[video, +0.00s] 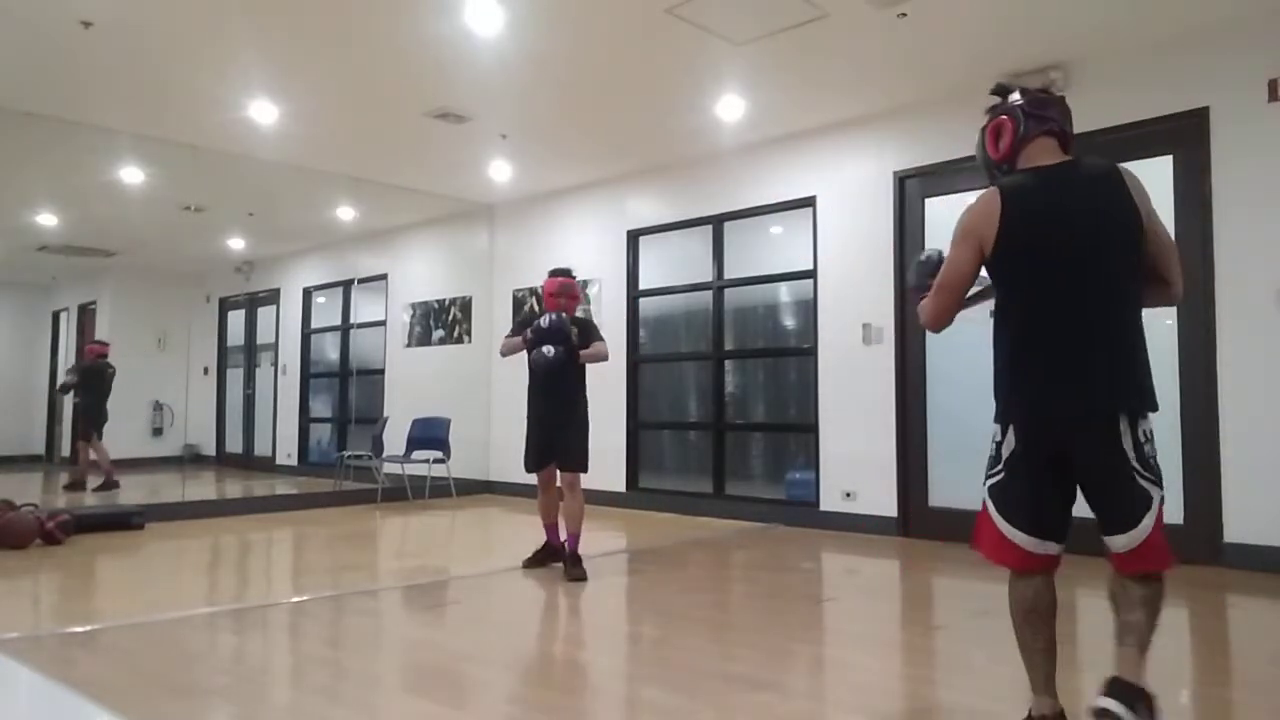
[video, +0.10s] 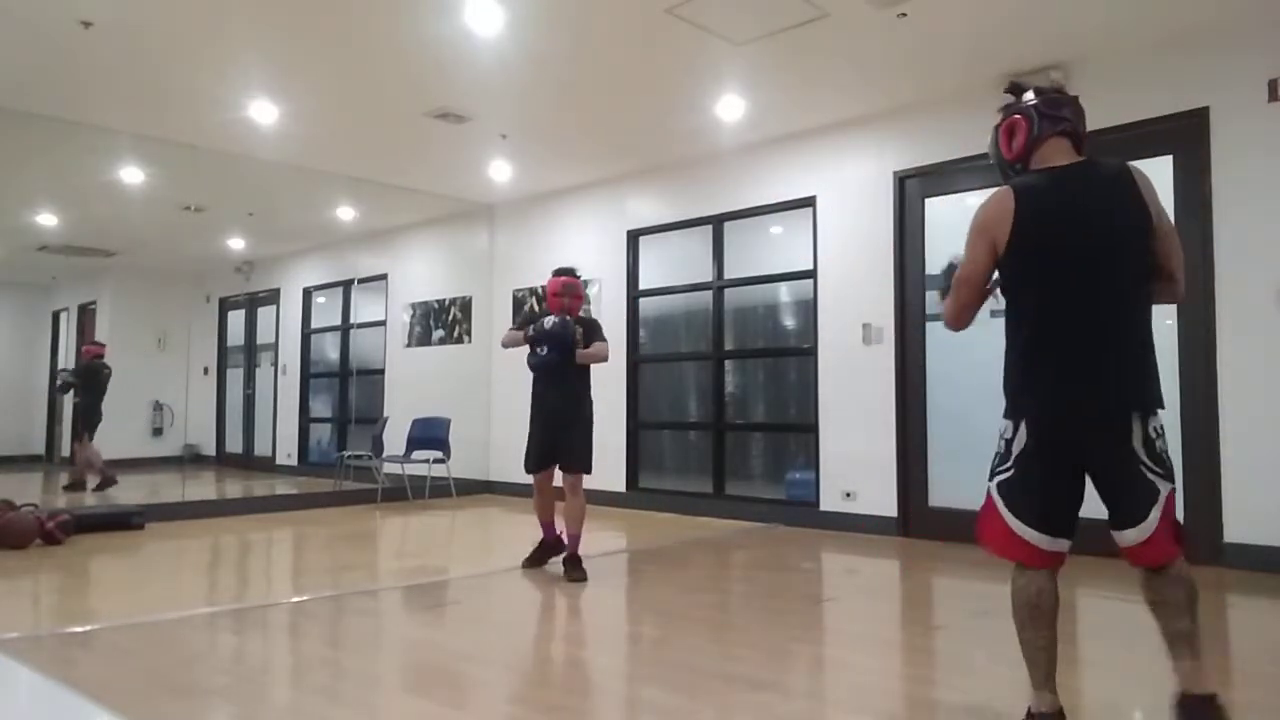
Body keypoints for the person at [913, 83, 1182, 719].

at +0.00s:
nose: (987, 149)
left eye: (988, 138)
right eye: (987, 140)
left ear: (1004, 134)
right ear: (1063, 133)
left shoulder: (990, 210)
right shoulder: (1121, 184)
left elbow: (934, 316)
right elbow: (1168, 285)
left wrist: (940, 282)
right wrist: (1094, 285)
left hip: (1032, 412)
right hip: (1117, 408)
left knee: (1030, 563)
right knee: (1137, 556)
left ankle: (1044, 706)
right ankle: (1128, 682)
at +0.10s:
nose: (1000, 146)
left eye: (1002, 135)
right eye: (1001, 136)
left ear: (1018, 132)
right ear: (1075, 132)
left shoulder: (1003, 207)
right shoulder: (1131, 183)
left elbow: (957, 315)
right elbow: (1174, 284)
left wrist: (969, 279)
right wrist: (1103, 279)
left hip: (1043, 408)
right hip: (1128, 402)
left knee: (1035, 558)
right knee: (1158, 551)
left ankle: (1043, 702)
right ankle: (1194, 690)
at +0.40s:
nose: (1075, 165)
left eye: (1076, 153)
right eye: (1075, 156)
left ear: (1095, 141)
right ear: (1144, 141)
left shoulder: (1091, 202)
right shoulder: (1203, 203)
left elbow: (1039, 313)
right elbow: (1169, 302)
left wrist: (1026, 352)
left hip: (1110, 411)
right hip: (1190, 411)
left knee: (1061, 550)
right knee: (1213, 560)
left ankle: (1047, 699)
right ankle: (1256, 697)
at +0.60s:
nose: (1114, 174)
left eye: (1114, 158)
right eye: (1109, 163)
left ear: (1145, 134)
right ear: (1169, 135)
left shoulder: (1157, 189)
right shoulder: (1224, 194)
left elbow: (1086, 294)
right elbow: (1177, 280)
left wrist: (1077, 340)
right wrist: (1106, 245)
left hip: (1172, 400)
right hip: (1236, 399)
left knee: (1127, 543)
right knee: (1242, 552)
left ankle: (1128, 697)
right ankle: (1261, 697)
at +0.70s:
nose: (1127, 167)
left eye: (1128, 150)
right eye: (1121, 155)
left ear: (1161, 133)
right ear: (1187, 134)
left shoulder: (1181, 188)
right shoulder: (1230, 190)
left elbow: (1094, 281)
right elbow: (1184, 277)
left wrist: (1089, 319)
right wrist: (1114, 275)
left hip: (1185, 404)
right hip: (1241, 402)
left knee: (1178, 555)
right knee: (1247, 552)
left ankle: (1205, 705)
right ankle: (1264, 697)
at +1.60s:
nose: (1177, 126)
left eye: (1193, 108)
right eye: (1175, 111)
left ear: (1249, 102)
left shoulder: (1255, 175)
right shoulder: (1221, 180)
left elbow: (1175, 274)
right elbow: (1125, 269)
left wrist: (1062, 288)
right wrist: (1119, 216)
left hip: (1205, 403)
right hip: (1171, 398)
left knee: (1204, 571)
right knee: (1186, 564)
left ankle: (1230, 714)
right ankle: (1213, 705)